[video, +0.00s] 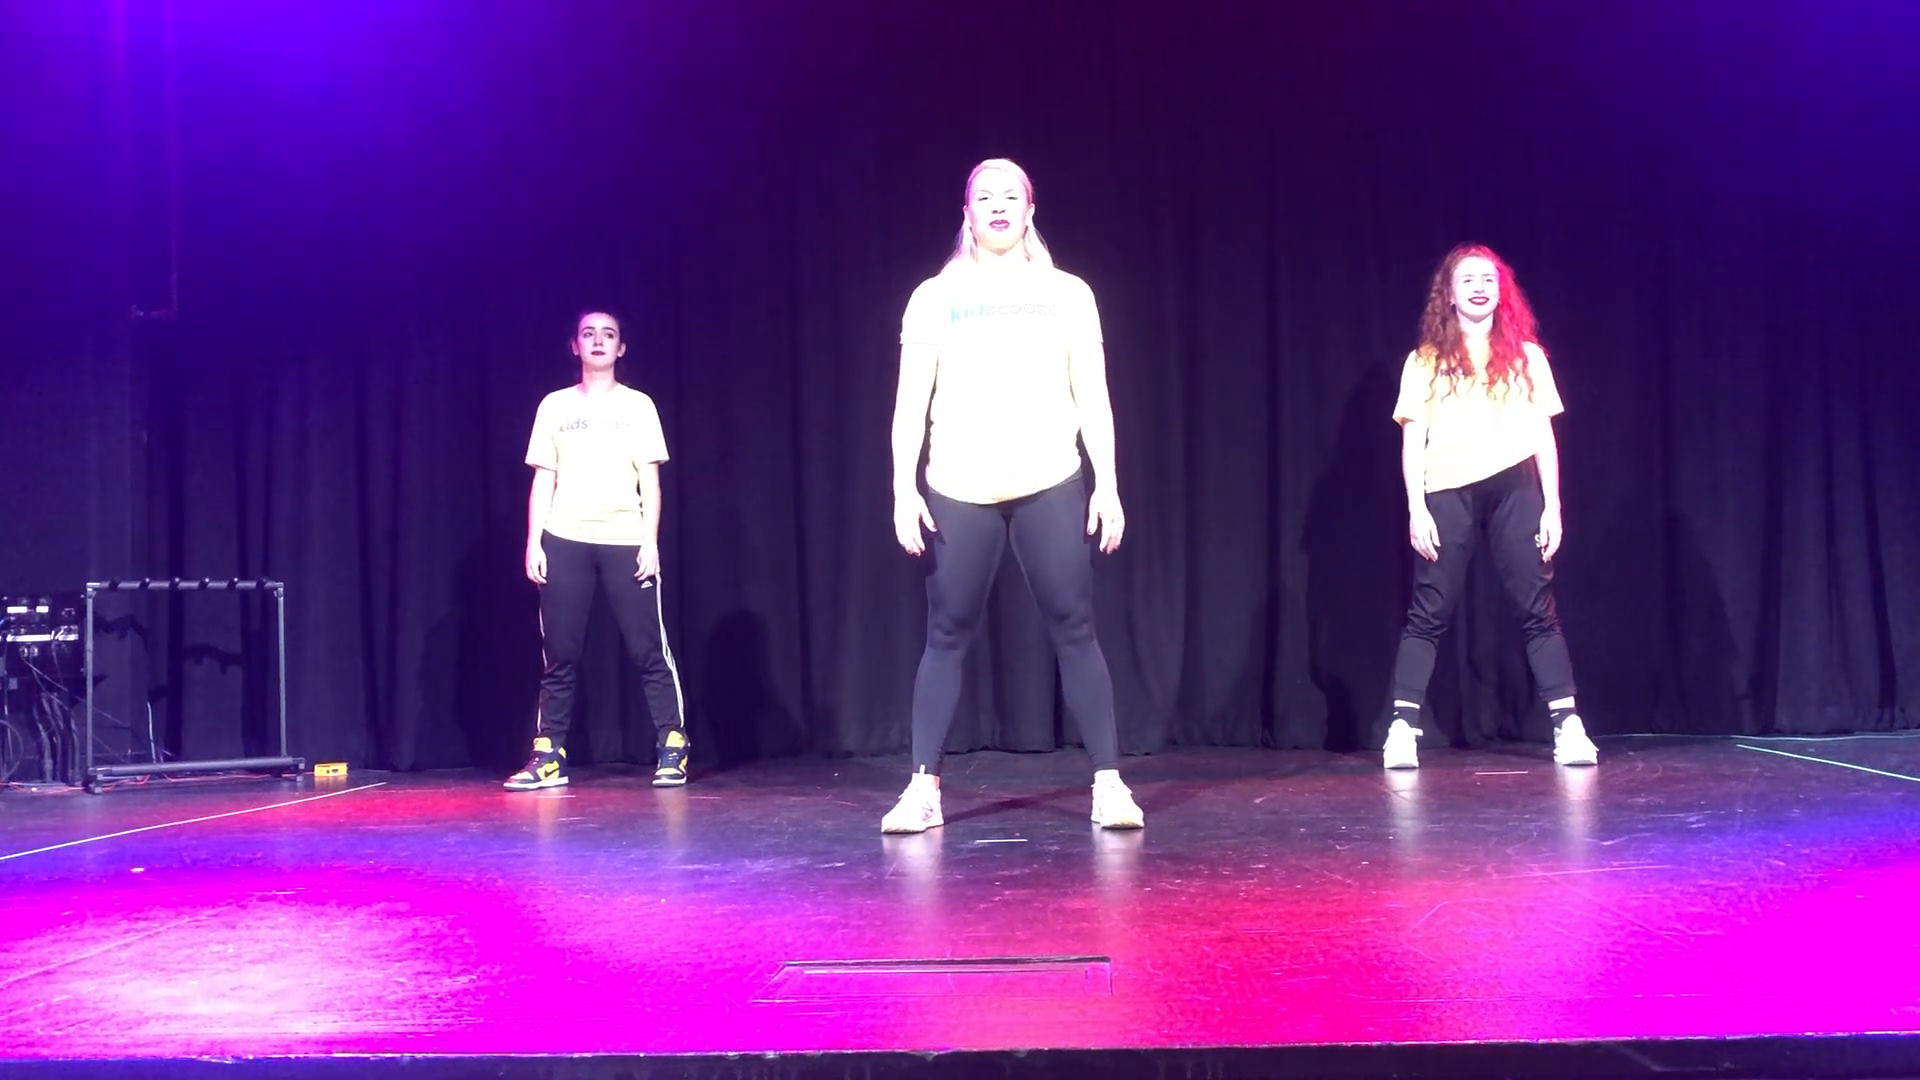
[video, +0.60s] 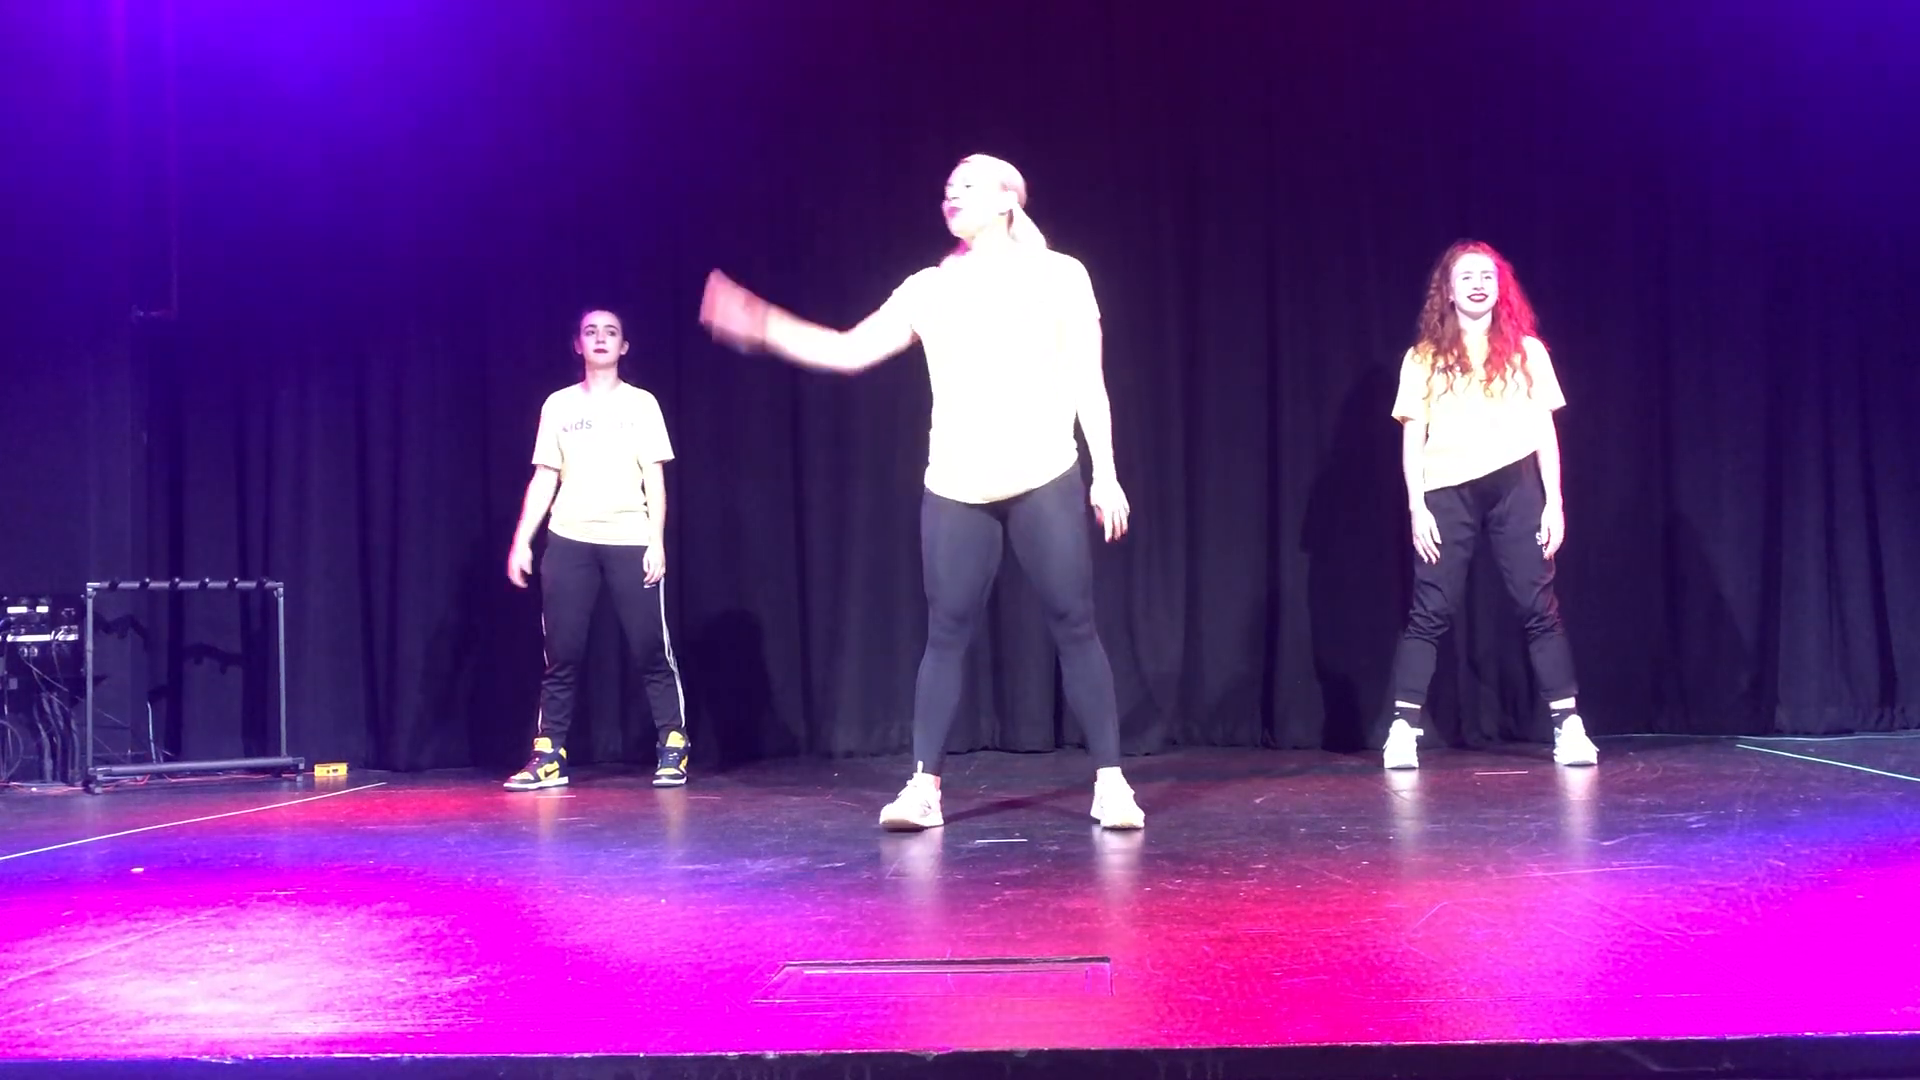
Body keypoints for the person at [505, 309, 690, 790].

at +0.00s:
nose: (598, 341)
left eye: (607, 335)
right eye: (589, 334)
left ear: (620, 347)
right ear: (575, 346)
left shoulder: (638, 405)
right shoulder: (554, 405)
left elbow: (650, 480)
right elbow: (542, 479)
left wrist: (650, 542)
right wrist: (534, 542)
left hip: (626, 542)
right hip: (565, 542)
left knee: (648, 652)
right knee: (559, 655)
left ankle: (672, 748)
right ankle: (550, 756)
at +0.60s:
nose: (600, 339)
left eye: (609, 332)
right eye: (591, 332)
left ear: (623, 345)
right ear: (578, 345)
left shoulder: (642, 403)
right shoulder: (558, 405)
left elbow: (654, 478)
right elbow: (544, 478)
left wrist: (656, 541)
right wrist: (521, 541)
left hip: (631, 541)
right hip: (569, 542)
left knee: (651, 650)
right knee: (560, 655)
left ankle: (673, 748)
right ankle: (550, 756)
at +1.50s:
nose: (499, 368)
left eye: (510, 359)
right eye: (496, 361)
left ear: (536, 369)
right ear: (493, 373)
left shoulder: (560, 411)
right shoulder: (516, 432)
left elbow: (600, 472)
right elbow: (474, 475)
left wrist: (588, 537)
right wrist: (483, 415)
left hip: (615, 541)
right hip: (573, 551)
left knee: (640, 650)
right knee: (542, 647)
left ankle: (711, 743)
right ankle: (548, 757)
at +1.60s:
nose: (520, 357)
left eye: (531, 348)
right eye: (513, 349)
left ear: (554, 360)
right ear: (506, 361)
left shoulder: (578, 403)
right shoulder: (523, 423)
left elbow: (615, 461)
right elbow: (481, 459)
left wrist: (617, 512)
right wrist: (499, 400)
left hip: (619, 544)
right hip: (569, 549)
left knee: (645, 648)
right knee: (548, 647)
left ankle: (711, 744)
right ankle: (549, 758)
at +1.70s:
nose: (535, 361)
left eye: (547, 354)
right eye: (528, 353)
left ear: (566, 368)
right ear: (519, 366)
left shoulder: (589, 411)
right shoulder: (528, 427)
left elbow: (633, 468)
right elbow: (493, 460)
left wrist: (651, 519)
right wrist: (512, 402)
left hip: (626, 552)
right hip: (574, 555)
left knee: (643, 655)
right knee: (544, 649)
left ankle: (707, 745)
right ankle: (548, 759)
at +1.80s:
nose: (565, 372)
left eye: (575, 366)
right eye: (557, 363)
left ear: (588, 382)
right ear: (541, 374)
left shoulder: (610, 426)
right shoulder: (539, 432)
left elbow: (655, 471)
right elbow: (512, 471)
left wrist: (688, 499)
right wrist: (535, 412)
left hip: (631, 564)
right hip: (574, 566)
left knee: (641, 662)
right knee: (536, 657)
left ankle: (703, 747)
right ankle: (548, 759)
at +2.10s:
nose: (661, 356)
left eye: (668, 349)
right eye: (652, 345)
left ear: (672, 362)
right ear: (626, 352)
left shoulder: (677, 418)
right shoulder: (599, 398)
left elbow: (734, 458)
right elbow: (599, 444)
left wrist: (796, 485)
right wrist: (631, 394)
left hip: (650, 547)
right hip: (588, 541)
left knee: (671, 647)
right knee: (553, 647)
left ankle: (680, 752)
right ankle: (527, 751)